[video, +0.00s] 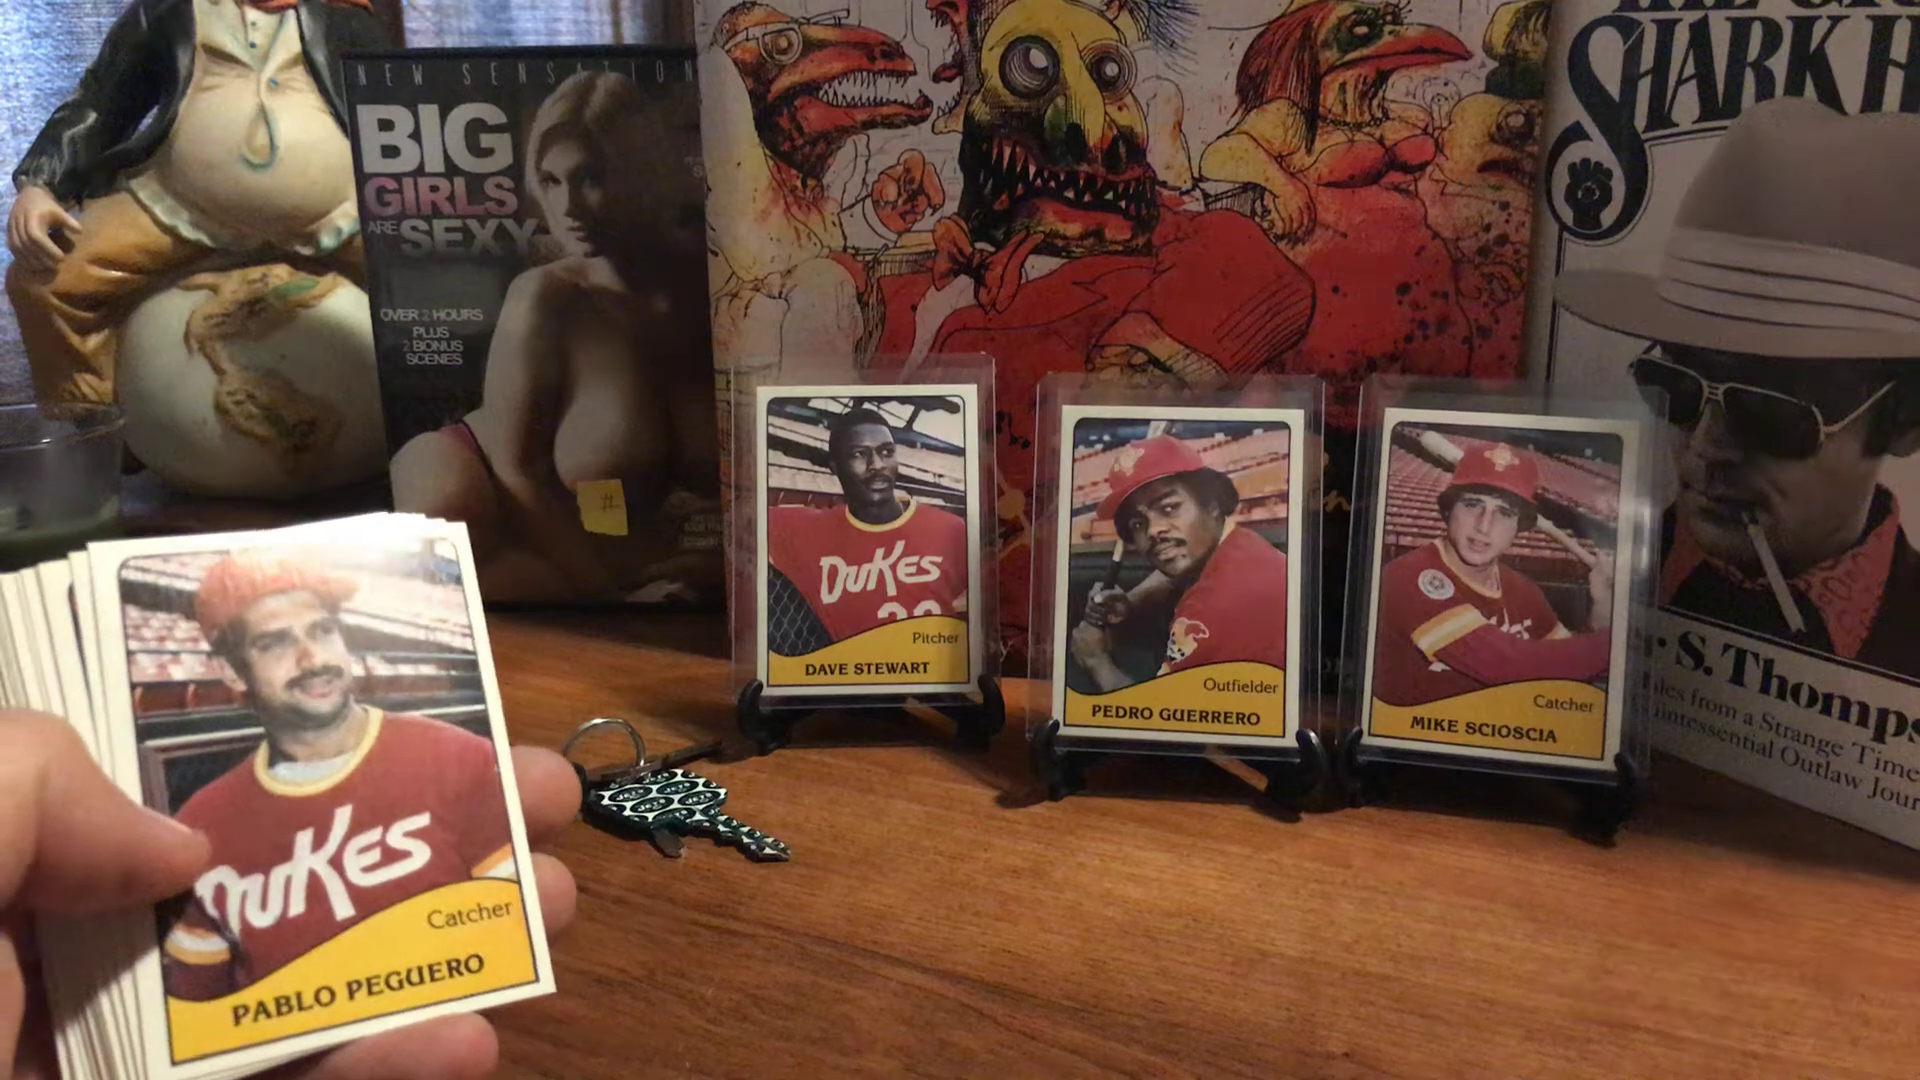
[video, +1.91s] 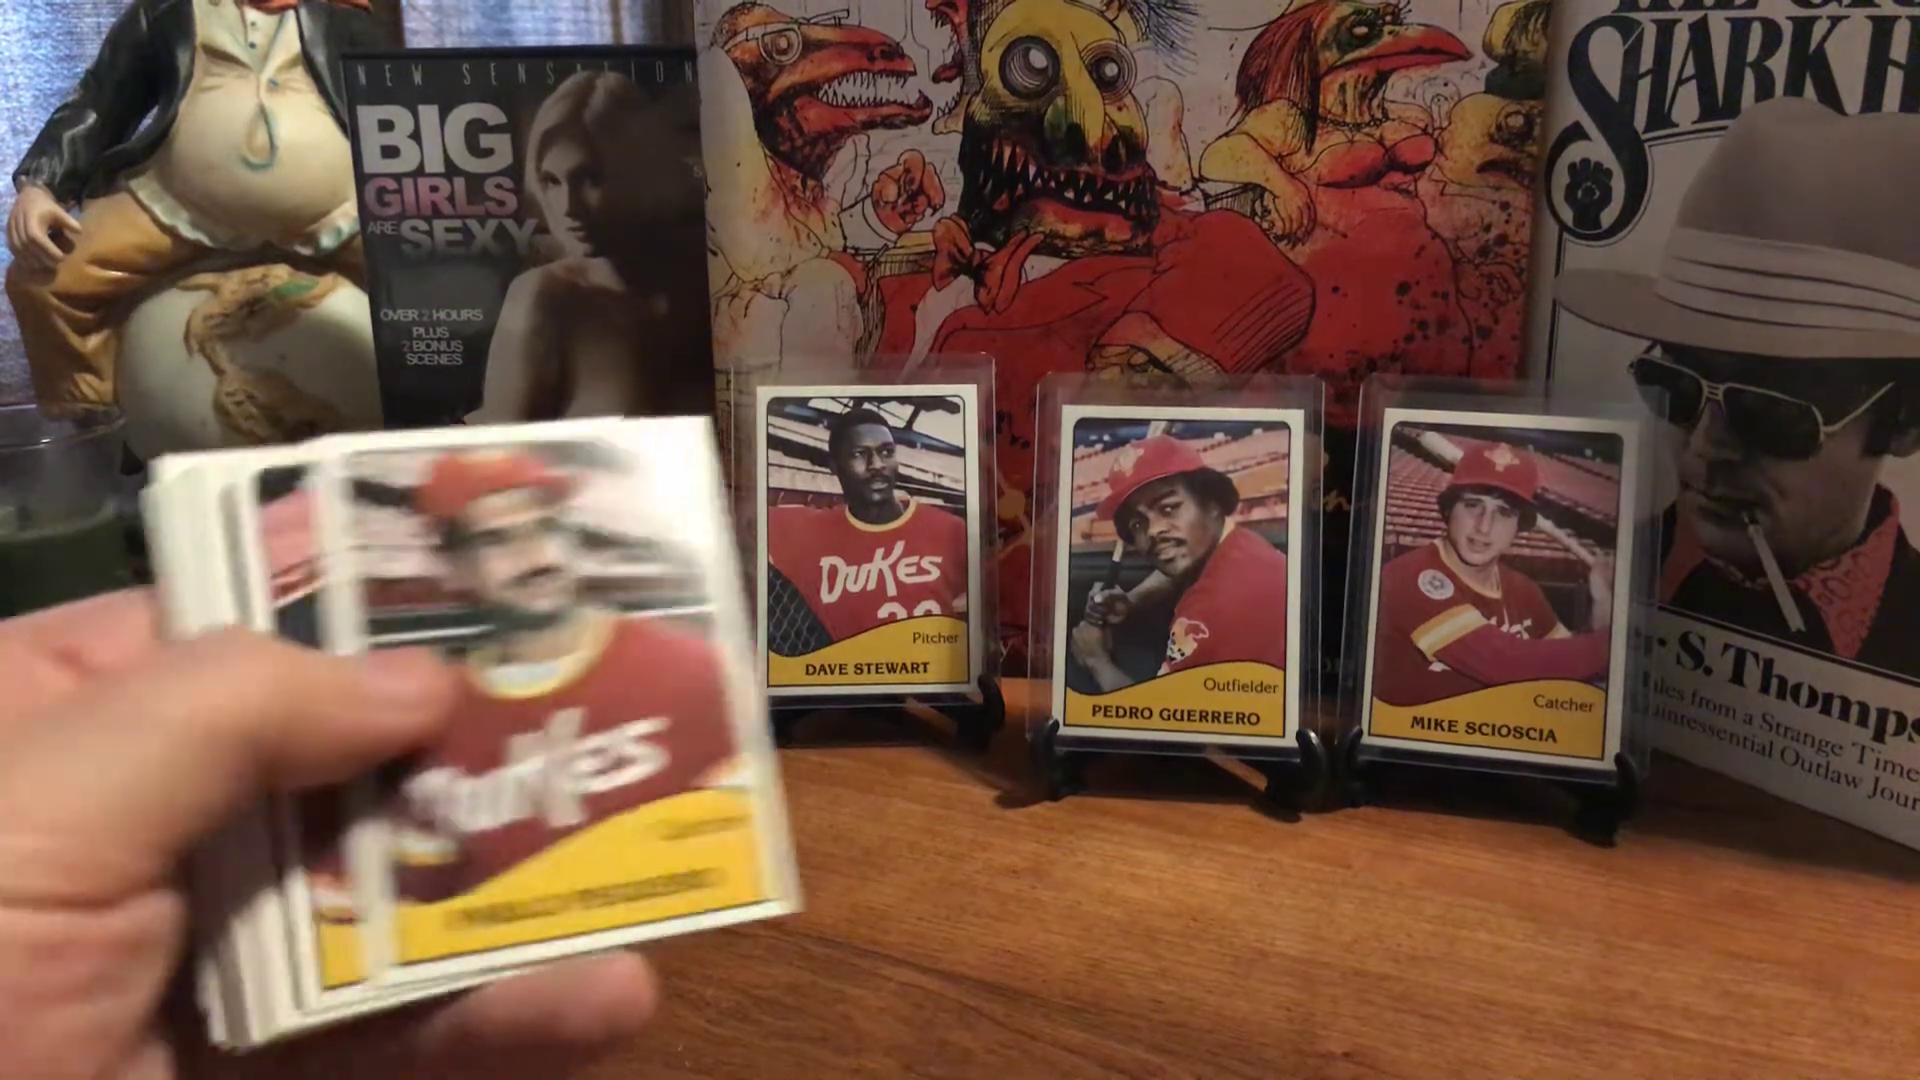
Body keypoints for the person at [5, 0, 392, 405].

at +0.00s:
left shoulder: (352, 21)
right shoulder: (167, 12)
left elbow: (403, 115)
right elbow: (100, 101)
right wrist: (36, 182)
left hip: (341, 210)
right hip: (180, 205)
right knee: (44, 280)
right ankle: (100, 450)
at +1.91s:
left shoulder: (348, 19)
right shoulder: (164, 13)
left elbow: (399, 107)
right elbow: (99, 101)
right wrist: (36, 183)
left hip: (341, 211)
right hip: (178, 208)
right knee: (42, 280)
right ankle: (105, 444)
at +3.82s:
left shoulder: (342, 16)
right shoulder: (157, 10)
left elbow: (395, 99)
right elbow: (93, 97)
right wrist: (29, 179)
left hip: (334, 210)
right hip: (173, 205)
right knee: (37, 278)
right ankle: (95, 444)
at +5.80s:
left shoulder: (346, 17)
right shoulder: (159, 13)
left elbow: (397, 97)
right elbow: (92, 103)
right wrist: (31, 183)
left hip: (336, 210)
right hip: (175, 206)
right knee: (39, 280)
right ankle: (97, 455)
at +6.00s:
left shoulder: (350, 17)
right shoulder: (160, 13)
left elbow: (399, 98)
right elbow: (93, 103)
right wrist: (31, 182)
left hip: (337, 210)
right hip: (175, 206)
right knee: (40, 281)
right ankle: (96, 453)